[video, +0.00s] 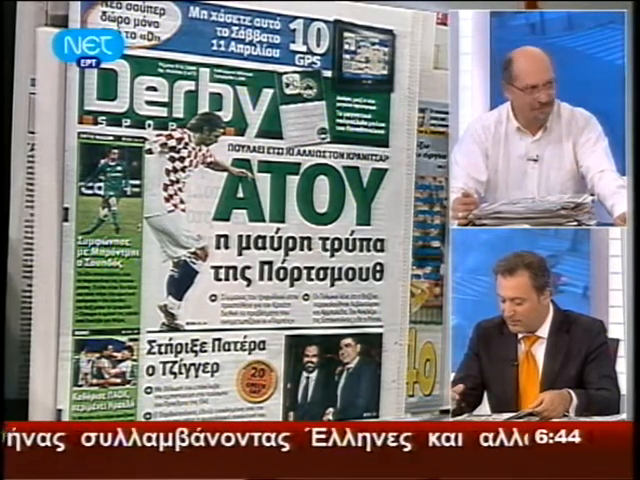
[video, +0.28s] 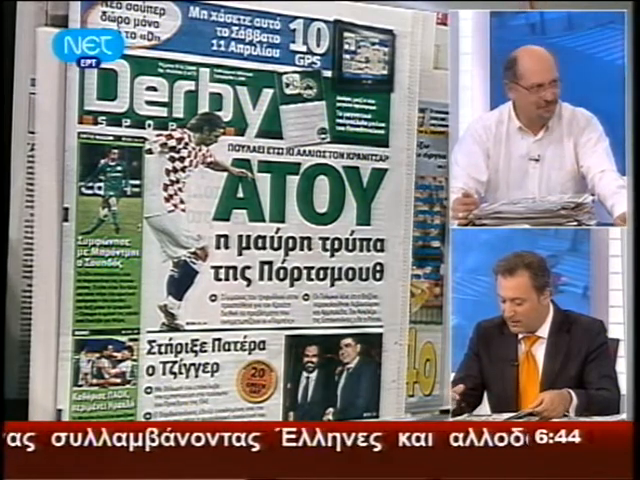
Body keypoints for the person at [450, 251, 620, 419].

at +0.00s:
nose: (508, 312)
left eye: (518, 302)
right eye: (503, 301)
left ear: (545, 296)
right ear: (498, 297)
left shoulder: (588, 332)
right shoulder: (486, 334)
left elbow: (610, 402)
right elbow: (465, 399)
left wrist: (569, 400)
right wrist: (452, 399)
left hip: (569, 452)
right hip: (505, 450)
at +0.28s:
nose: (508, 312)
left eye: (518, 303)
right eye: (503, 302)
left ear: (545, 297)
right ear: (498, 297)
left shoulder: (588, 333)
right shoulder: (487, 334)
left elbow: (610, 402)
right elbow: (464, 399)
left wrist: (569, 400)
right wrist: (452, 399)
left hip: (569, 452)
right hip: (505, 450)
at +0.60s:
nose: (509, 312)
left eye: (519, 302)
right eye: (503, 301)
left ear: (546, 296)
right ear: (498, 297)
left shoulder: (588, 333)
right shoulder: (487, 334)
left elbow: (610, 402)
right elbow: (464, 401)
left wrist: (569, 400)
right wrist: (455, 398)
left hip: (569, 452)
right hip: (505, 450)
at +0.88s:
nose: (509, 313)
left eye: (519, 304)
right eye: (504, 302)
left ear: (546, 297)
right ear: (499, 298)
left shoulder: (588, 333)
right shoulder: (487, 334)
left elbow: (610, 402)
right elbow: (464, 404)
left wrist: (569, 400)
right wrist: (457, 397)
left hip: (569, 452)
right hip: (505, 450)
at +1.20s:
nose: (509, 313)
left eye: (519, 304)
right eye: (504, 302)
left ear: (546, 297)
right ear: (499, 298)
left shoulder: (588, 333)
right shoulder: (487, 334)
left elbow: (610, 402)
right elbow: (461, 400)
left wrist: (569, 400)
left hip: (570, 453)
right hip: (506, 451)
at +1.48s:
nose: (509, 313)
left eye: (519, 304)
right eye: (504, 302)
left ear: (546, 297)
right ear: (498, 298)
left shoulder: (588, 333)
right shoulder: (487, 334)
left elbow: (610, 402)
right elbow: (461, 400)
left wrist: (569, 400)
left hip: (569, 451)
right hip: (505, 450)